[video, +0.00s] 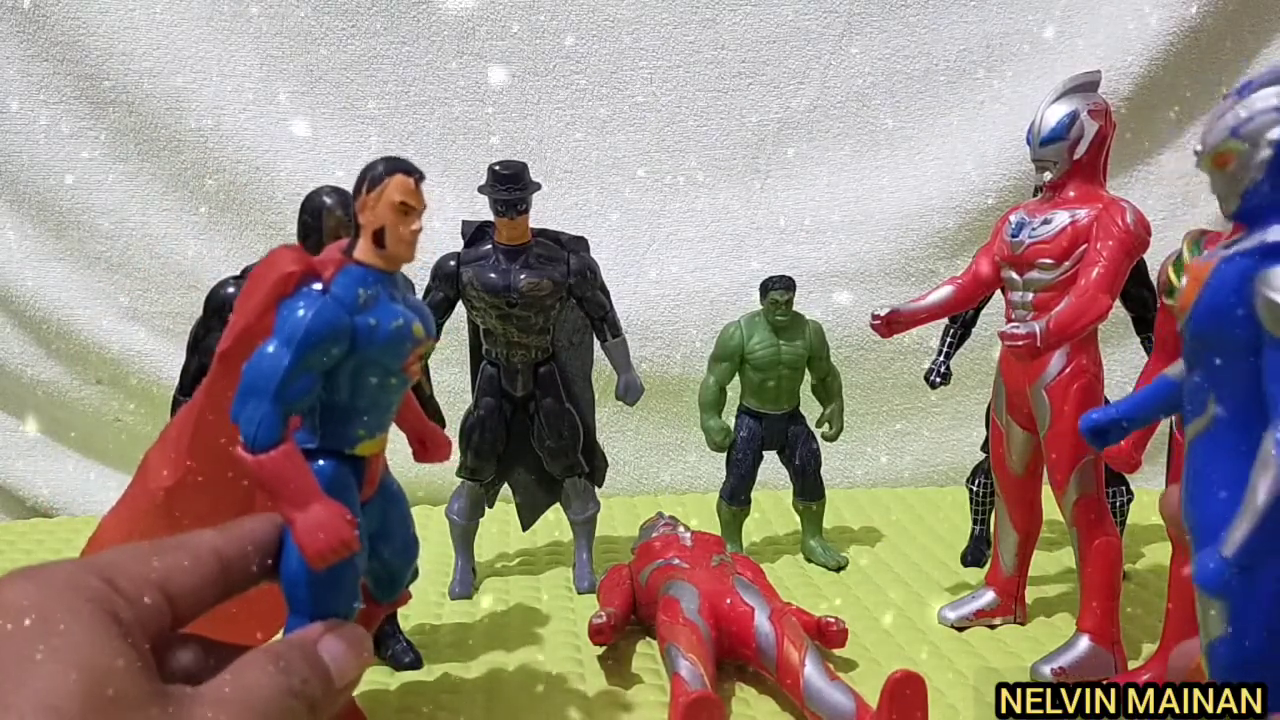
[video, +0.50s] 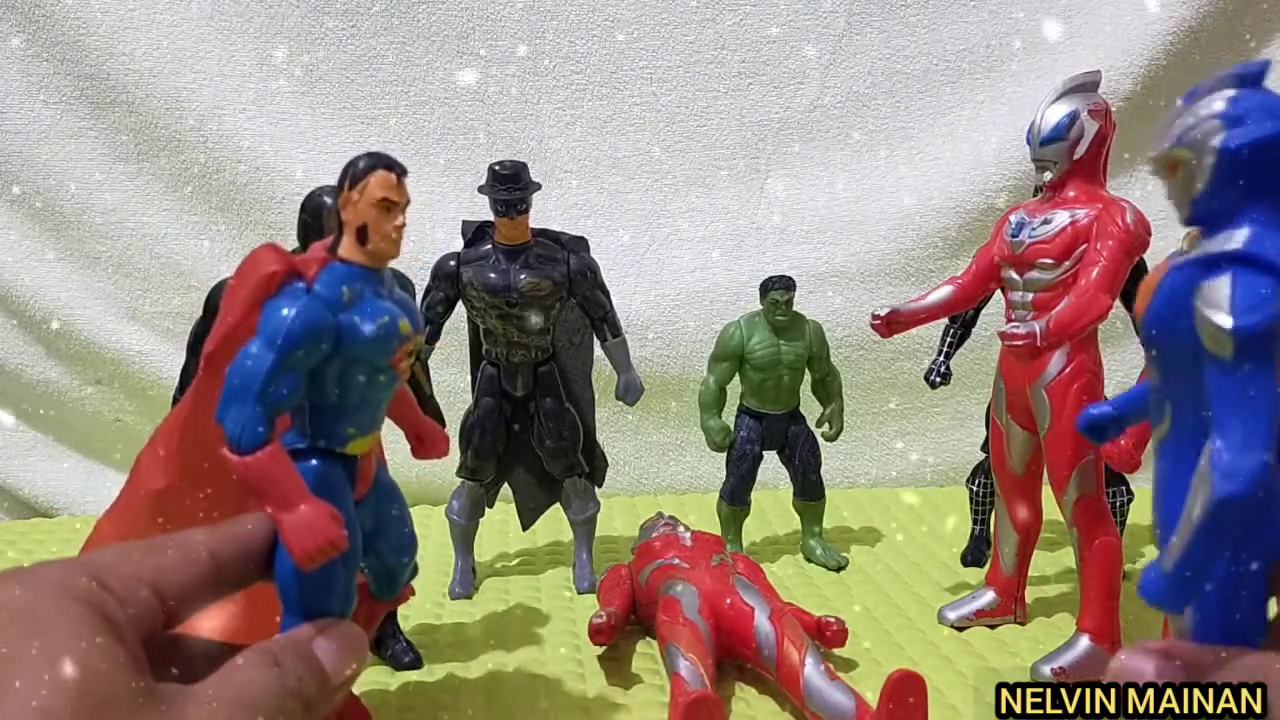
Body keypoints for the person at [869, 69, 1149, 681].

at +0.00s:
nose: (1041, 157)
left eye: (1052, 145)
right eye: (1039, 146)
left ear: (1087, 142)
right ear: (1045, 147)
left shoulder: (1116, 217)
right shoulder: (1018, 217)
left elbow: (1094, 292)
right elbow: (972, 284)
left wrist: (1045, 329)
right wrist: (905, 317)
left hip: (1066, 370)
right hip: (1012, 369)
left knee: (1083, 503)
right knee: (1011, 483)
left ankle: (1099, 639)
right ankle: (1004, 593)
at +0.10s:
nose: (1040, 157)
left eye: (1052, 146)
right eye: (1038, 146)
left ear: (1086, 143)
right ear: (1044, 147)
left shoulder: (1115, 217)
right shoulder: (1019, 217)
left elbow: (1094, 291)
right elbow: (970, 285)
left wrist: (1045, 329)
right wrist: (905, 316)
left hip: (1066, 370)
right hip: (1012, 369)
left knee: (1083, 504)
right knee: (1011, 484)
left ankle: (1100, 639)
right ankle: (1004, 592)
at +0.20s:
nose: (1040, 156)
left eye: (1052, 143)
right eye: (1038, 144)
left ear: (1087, 141)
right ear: (1045, 145)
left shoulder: (1116, 217)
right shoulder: (1018, 219)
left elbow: (1093, 292)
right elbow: (969, 287)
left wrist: (1045, 329)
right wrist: (906, 316)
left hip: (1065, 371)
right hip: (1011, 370)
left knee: (1085, 506)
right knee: (1012, 484)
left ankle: (1100, 640)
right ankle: (1004, 592)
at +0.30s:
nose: (1040, 156)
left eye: (1052, 144)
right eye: (1038, 144)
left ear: (1086, 144)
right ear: (1037, 147)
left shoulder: (1115, 217)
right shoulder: (1019, 217)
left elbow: (1097, 290)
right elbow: (972, 284)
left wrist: (1046, 328)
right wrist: (907, 315)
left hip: (1066, 369)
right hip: (1012, 369)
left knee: (1082, 501)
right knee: (1011, 484)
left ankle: (1098, 634)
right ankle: (1004, 592)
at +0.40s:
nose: (1039, 157)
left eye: (1051, 145)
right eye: (1037, 145)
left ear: (1085, 144)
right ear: (1041, 147)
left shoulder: (1115, 217)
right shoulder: (1018, 217)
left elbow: (1095, 291)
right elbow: (970, 285)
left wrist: (1045, 330)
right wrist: (906, 315)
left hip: (1066, 372)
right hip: (1011, 370)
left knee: (1082, 499)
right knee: (1011, 483)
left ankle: (1096, 632)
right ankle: (1004, 592)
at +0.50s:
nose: (1040, 157)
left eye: (1052, 145)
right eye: (1038, 145)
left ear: (1086, 143)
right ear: (1042, 147)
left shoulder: (1115, 217)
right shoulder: (1019, 217)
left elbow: (1094, 291)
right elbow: (971, 285)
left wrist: (1045, 329)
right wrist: (905, 316)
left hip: (1065, 371)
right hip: (1012, 370)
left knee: (1084, 505)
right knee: (1013, 485)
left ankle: (1098, 636)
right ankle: (1004, 593)